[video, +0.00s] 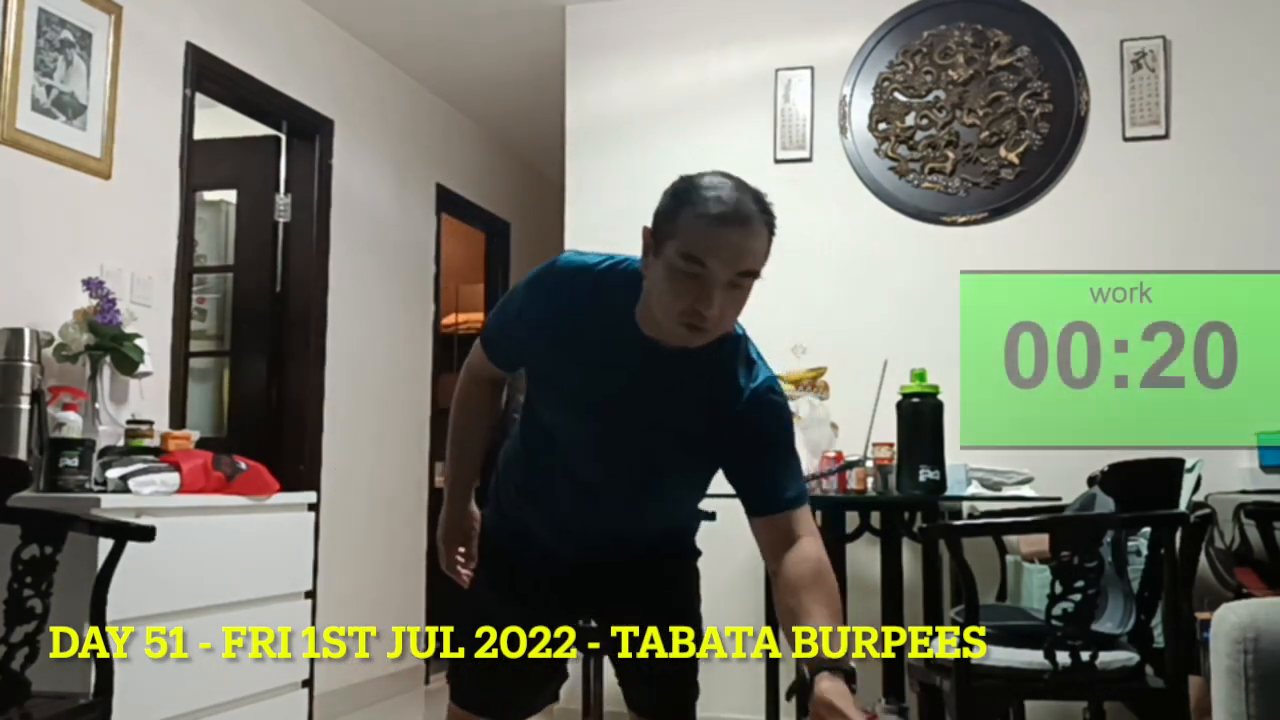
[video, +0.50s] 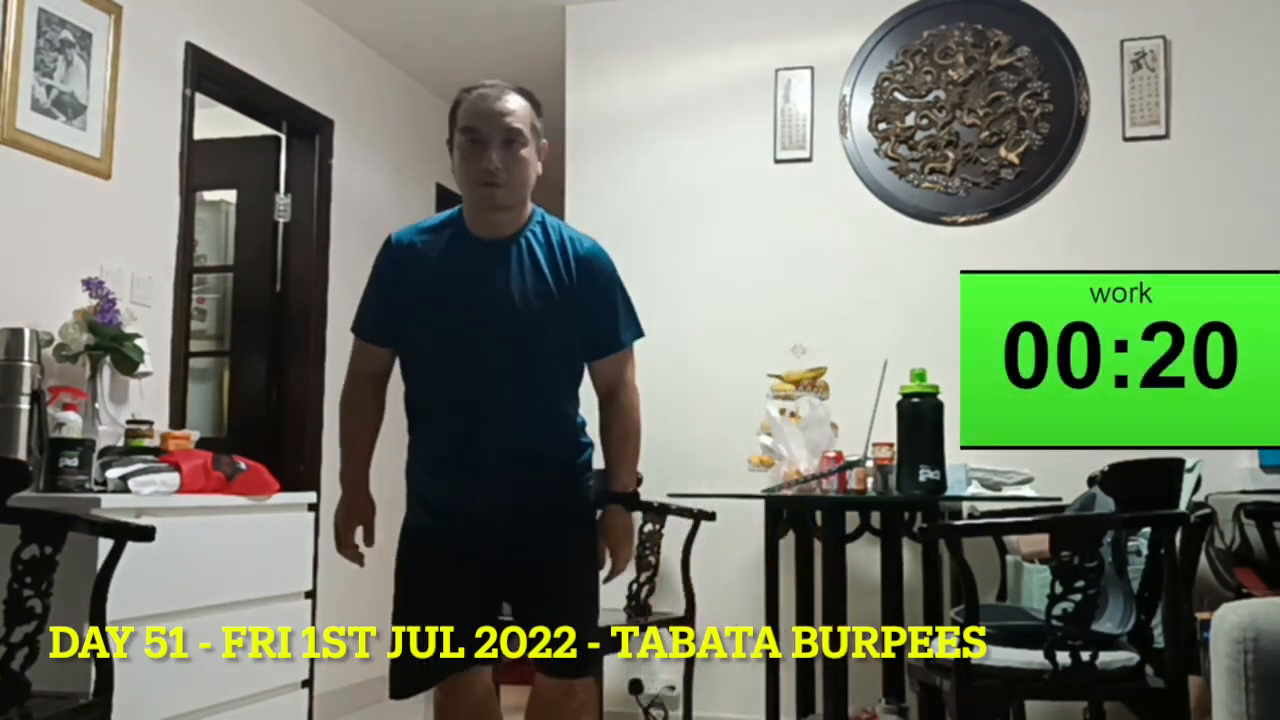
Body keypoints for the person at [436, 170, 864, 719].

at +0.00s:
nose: (711, 304)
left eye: (740, 282)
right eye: (691, 271)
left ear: (757, 278)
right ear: (648, 248)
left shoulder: (748, 395)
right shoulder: (562, 291)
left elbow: (792, 543)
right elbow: (482, 374)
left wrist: (829, 671)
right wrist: (458, 501)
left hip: (651, 560)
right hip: (530, 541)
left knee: (667, 711)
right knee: (476, 707)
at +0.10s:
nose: (664, 256)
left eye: (692, 236)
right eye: (643, 225)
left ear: (710, 244)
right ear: (607, 219)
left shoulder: (714, 362)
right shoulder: (532, 285)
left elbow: (767, 506)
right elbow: (463, 383)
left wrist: (777, 632)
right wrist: (441, 504)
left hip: (633, 562)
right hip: (510, 547)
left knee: (658, 709)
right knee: (485, 711)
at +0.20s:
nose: (605, 215)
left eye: (629, 195)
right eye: (587, 189)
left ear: (651, 206)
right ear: (554, 189)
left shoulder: (671, 328)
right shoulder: (492, 279)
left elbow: (719, 474)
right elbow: (436, 394)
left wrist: (722, 593)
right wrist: (420, 511)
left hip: (610, 542)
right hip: (493, 533)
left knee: (630, 703)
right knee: (471, 705)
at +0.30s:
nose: (547, 189)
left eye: (568, 169)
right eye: (528, 166)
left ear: (594, 179)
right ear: (502, 170)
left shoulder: (625, 294)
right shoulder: (446, 273)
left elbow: (667, 428)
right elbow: (403, 398)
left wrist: (677, 548)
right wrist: (394, 511)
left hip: (581, 551)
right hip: (467, 549)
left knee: (609, 709)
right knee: (455, 712)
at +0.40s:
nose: (510, 162)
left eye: (530, 147)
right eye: (492, 146)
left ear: (559, 165)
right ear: (469, 162)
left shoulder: (596, 271)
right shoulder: (423, 263)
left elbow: (636, 404)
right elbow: (382, 385)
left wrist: (647, 519)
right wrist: (370, 497)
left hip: (561, 522)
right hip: (451, 522)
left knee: (587, 691)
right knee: (448, 692)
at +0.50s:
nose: (491, 157)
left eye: (511, 141)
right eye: (473, 141)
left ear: (540, 156)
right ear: (451, 155)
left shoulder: (580, 262)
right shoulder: (407, 257)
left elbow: (617, 388)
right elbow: (366, 378)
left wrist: (622, 500)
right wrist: (354, 487)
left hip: (553, 511)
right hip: (446, 512)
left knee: (568, 685)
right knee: (461, 684)